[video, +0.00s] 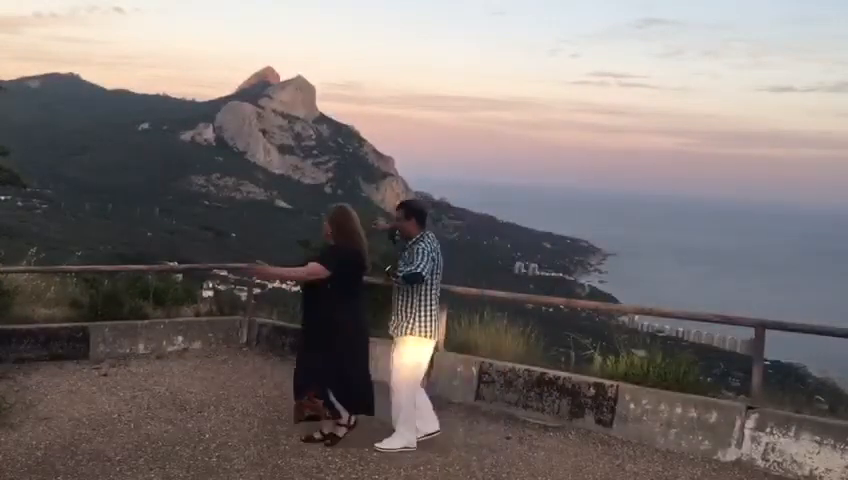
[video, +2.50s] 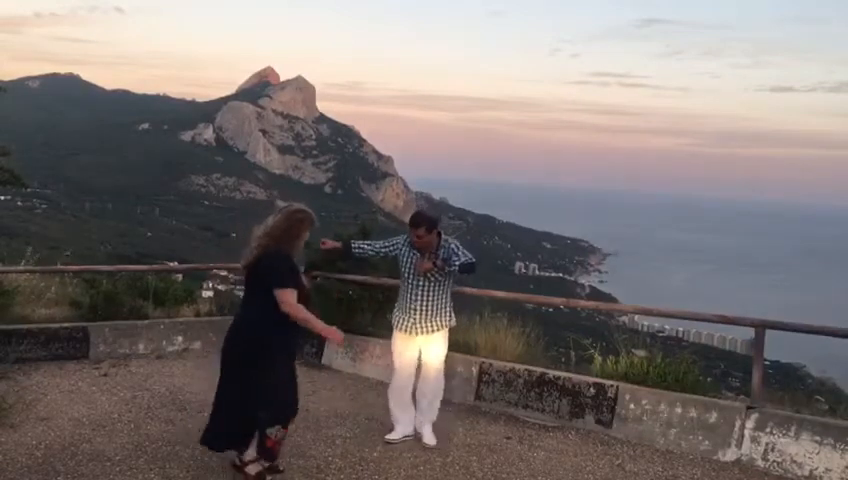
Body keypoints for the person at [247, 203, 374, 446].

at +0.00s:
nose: (324, 228)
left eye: (327, 223)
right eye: (325, 223)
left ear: (335, 227)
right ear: (350, 226)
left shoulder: (343, 254)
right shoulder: (342, 253)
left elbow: (309, 273)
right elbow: (311, 274)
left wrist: (271, 272)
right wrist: (275, 273)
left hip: (337, 330)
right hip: (328, 328)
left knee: (325, 375)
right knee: (318, 376)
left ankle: (345, 417)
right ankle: (327, 426)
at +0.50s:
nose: (284, 227)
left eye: (287, 222)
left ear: (291, 226)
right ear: (327, 228)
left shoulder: (281, 250)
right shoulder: (334, 257)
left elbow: (248, 267)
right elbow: (345, 291)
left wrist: (218, 273)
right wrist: (322, 285)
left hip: (288, 326)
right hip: (325, 328)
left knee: (286, 381)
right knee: (321, 377)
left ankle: (290, 441)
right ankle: (322, 431)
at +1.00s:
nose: (313, 223)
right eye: (311, 219)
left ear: (276, 220)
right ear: (308, 222)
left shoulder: (263, 250)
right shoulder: (318, 251)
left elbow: (234, 266)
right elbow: (338, 289)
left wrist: (222, 270)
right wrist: (363, 313)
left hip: (269, 330)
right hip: (306, 331)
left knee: (272, 381)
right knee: (298, 385)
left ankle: (271, 441)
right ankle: (289, 450)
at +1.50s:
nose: (292, 228)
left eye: (291, 222)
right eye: (290, 223)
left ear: (256, 220)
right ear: (282, 224)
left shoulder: (242, 251)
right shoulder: (282, 255)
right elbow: (302, 294)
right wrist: (331, 298)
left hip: (234, 333)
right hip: (267, 336)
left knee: (240, 390)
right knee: (273, 389)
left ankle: (233, 453)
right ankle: (262, 448)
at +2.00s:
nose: (287, 231)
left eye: (286, 225)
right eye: (285, 225)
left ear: (255, 223)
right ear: (275, 225)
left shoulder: (242, 253)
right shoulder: (273, 253)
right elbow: (294, 286)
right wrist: (319, 286)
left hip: (230, 339)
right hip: (262, 344)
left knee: (230, 398)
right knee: (263, 400)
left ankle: (234, 462)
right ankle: (260, 458)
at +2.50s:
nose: (306, 239)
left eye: (307, 233)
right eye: (305, 232)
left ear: (279, 226)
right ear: (295, 232)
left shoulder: (262, 257)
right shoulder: (280, 261)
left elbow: (261, 302)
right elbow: (289, 305)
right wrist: (325, 329)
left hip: (248, 339)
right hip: (269, 345)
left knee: (252, 397)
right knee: (284, 404)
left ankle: (243, 452)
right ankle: (262, 459)